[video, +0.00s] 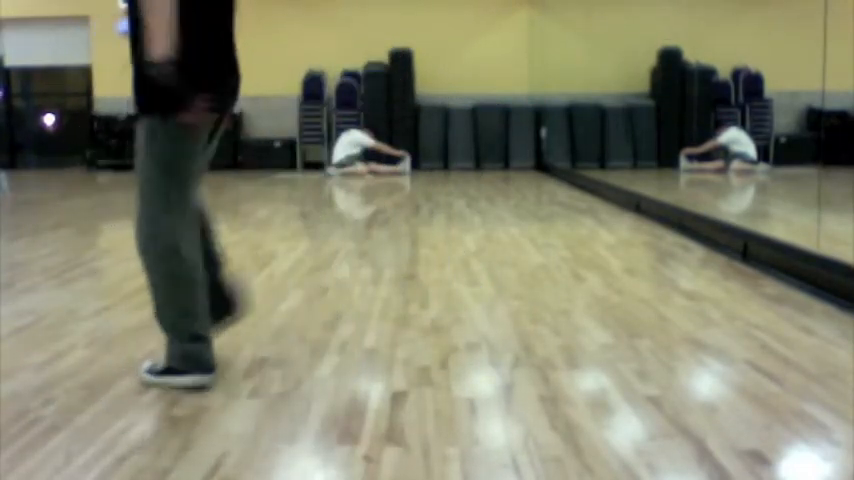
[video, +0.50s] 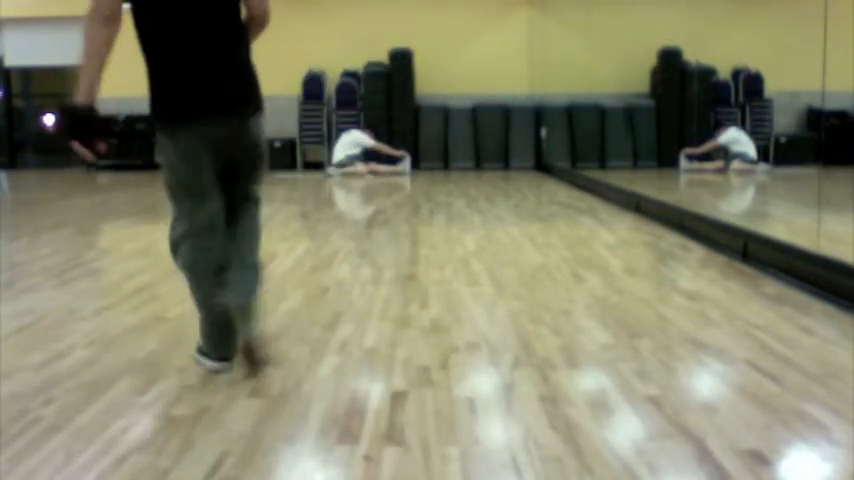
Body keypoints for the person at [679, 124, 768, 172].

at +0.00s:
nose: (719, 135)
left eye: (720, 133)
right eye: (719, 133)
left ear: (723, 129)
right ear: (727, 127)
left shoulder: (731, 132)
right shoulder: (734, 132)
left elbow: (710, 146)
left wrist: (688, 151)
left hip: (744, 160)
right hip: (735, 159)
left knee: (733, 169)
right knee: (715, 165)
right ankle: (692, 166)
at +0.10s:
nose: (719, 135)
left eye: (720, 133)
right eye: (719, 133)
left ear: (723, 129)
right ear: (727, 127)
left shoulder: (731, 132)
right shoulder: (734, 132)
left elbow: (710, 146)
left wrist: (688, 151)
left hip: (744, 160)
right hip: (735, 159)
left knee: (733, 169)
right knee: (715, 165)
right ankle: (692, 166)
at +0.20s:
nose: (719, 135)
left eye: (720, 133)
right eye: (719, 134)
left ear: (723, 129)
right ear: (727, 128)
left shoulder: (731, 132)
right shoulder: (734, 132)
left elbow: (708, 147)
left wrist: (688, 151)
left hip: (744, 159)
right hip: (735, 159)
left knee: (733, 169)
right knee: (715, 165)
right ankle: (691, 166)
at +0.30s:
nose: (719, 135)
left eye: (719, 133)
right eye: (719, 134)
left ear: (723, 129)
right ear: (726, 128)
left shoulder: (731, 132)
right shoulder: (734, 132)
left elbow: (707, 147)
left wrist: (687, 151)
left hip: (744, 159)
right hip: (735, 159)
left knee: (733, 169)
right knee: (715, 165)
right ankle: (691, 166)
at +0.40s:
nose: (719, 136)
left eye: (719, 134)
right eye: (719, 134)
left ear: (722, 130)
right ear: (726, 128)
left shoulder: (731, 132)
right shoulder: (733, 132)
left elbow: (707, 148)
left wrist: (687, 151)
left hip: (745, 159)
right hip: (734, 159)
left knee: (733, 168)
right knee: (714, 165)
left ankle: (754, 170)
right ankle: (691, 166)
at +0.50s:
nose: (719, 136)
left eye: (719, 134)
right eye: (719, 135)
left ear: (722, 130)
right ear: (726, 128)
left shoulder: (730, 132)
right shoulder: (733, 132)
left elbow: (707, 148)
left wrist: (687, 151)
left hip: (745, 159)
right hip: (734, 159)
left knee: (733, 168)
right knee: (714, 165)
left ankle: (754, 170)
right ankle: (691, 166)